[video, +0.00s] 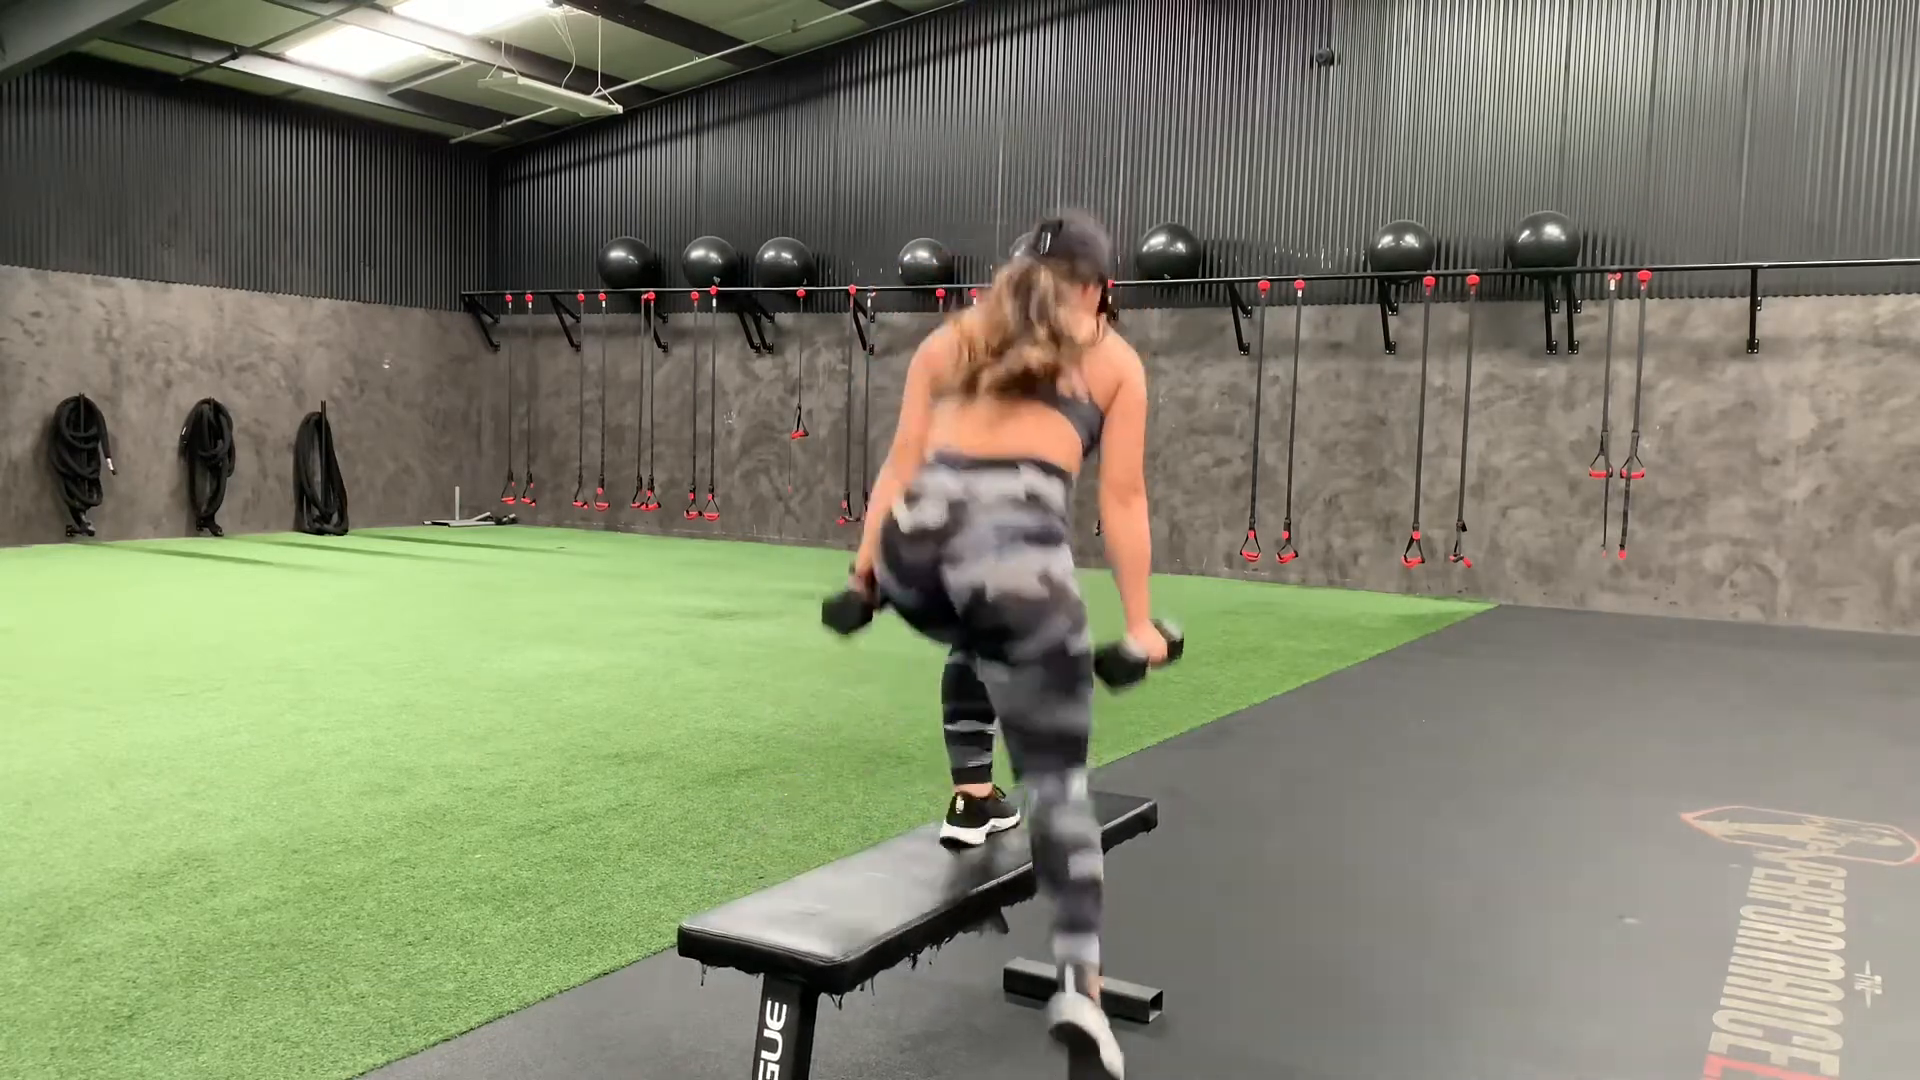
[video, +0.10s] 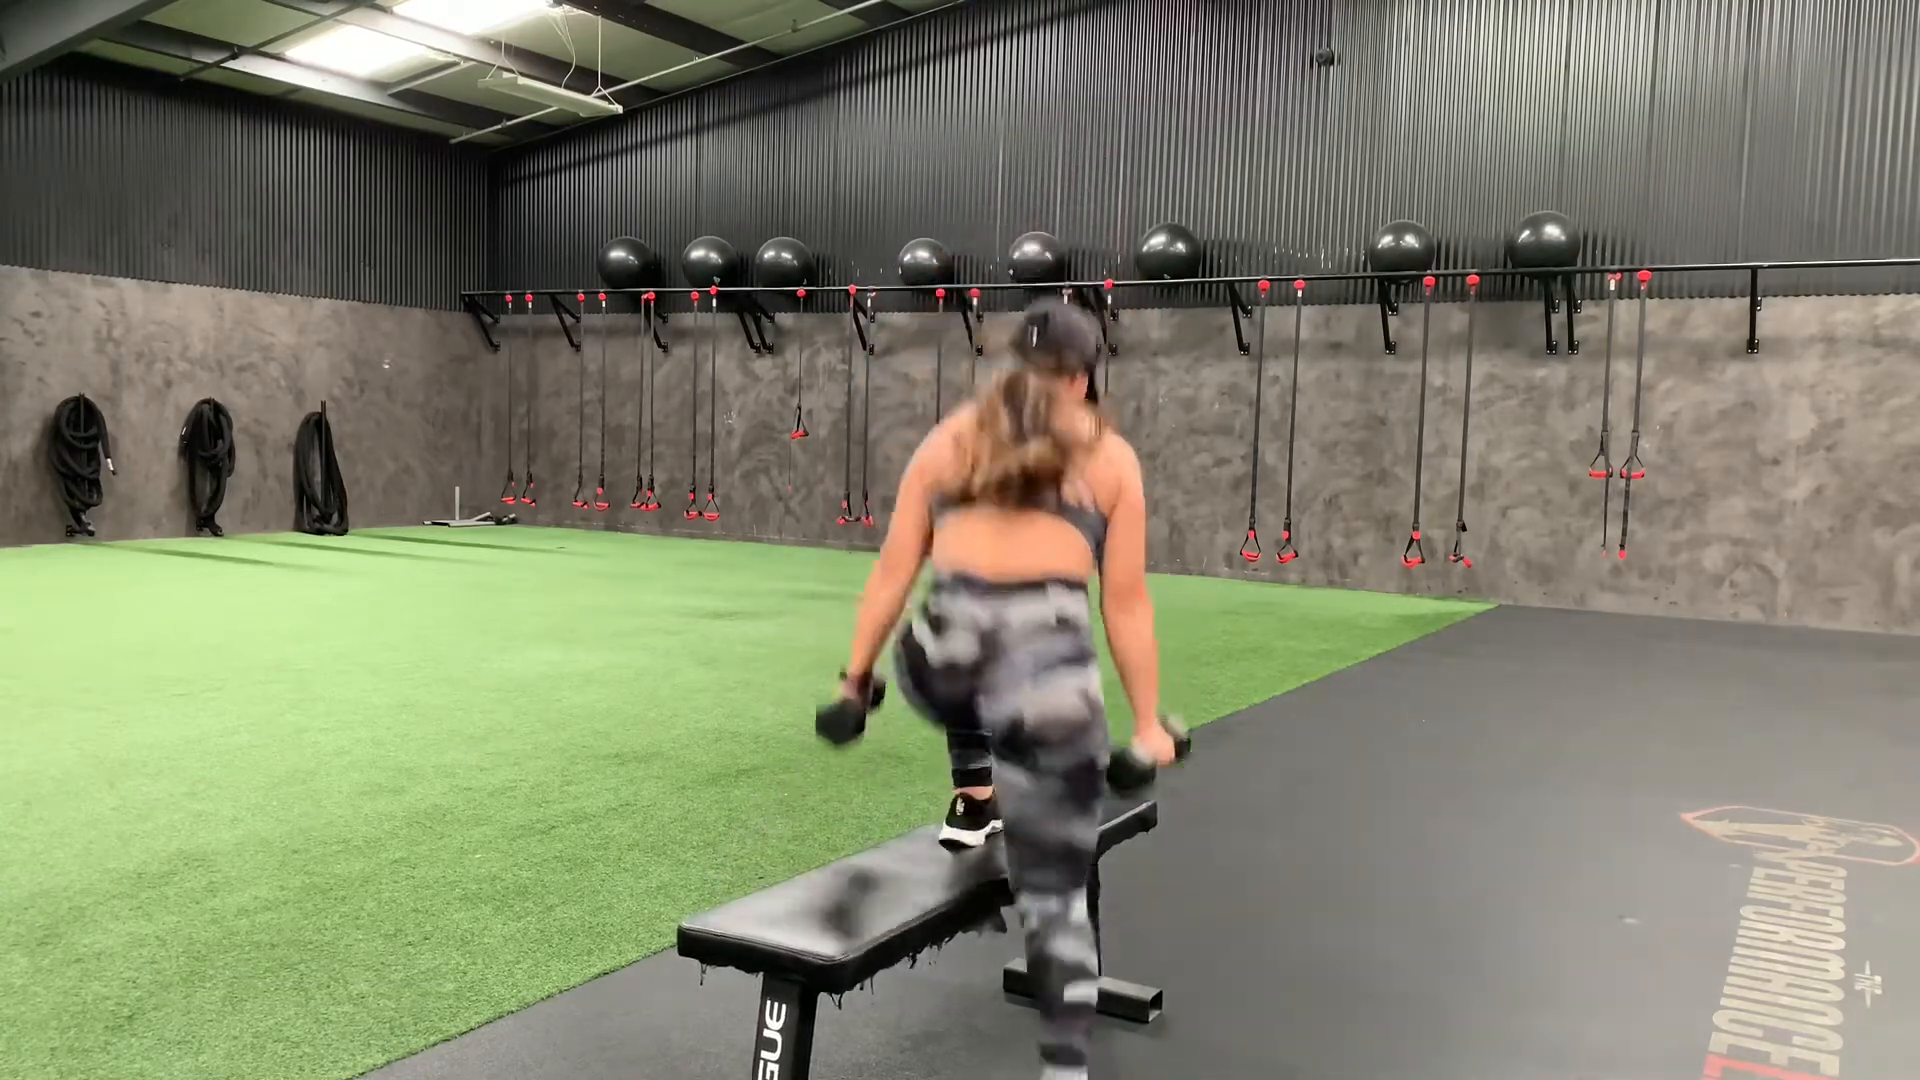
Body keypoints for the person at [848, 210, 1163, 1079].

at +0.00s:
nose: (1109, 304)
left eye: (1105, 292)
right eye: (1109, 292)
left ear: (1015, 278)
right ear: (1094, 289)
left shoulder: (945, 343)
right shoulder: (1113, 361)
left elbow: (903, 463)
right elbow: (1121, 497)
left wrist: (862, 575)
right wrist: (1139, 626)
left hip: (913, 553)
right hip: (1022, 560)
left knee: (975, 636)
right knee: (1056, 783)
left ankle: (971, 795)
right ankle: (1080, 985)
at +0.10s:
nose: (1091, 387)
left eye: (1077, 374)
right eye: (1091, 375)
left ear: (1015, 364)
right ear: (1085, 376)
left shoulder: (950, 437)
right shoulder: (1110, 457)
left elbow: (894, 570)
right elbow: (1127, 602)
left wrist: (857, 676)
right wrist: (1148, 724)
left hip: (943, 656)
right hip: (1047, 666)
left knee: (958, 691)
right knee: (1056, 883)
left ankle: (975, 794)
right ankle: (1066, 1065)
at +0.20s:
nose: (1076, 425)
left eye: (1065, 413)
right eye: (1078, 415)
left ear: (1008, 405)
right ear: (1078, 415)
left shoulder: (946, 481)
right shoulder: (1106, 499)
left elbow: (896, 617)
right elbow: (1132, 641)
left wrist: (862, 720)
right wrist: (1157, 760)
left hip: (941, 710)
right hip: (1049, 718)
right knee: (1057, 926)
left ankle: (980, 798)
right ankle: (1066, 1069)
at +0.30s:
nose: (1073, 361)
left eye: (1070, 350)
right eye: (1076, 349)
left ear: (1000, 331)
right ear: (1070, 344)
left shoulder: (936, 407)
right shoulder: (1094, 422)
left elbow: (906, 541)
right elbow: (1124, 559)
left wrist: (885, 648)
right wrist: (1151, 674)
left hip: (931, 601)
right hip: (1035, 612)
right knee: (1044, 845)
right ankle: (1074, 1056)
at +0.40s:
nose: (1082, 285)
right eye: (1085, 274)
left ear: (1009, 254)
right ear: (1077, 269)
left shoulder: (934, 330)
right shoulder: (1090, 342)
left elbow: (911, 459)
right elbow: (1113, 476)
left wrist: (890, 575)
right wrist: (1141, 595)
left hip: (911, 526)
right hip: (1010, 528)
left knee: (967, 623)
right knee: (1053, 748)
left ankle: (967, 792)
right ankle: (1075, 958)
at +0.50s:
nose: (1084, 234)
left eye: (1082, 222)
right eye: (1085, 222)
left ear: (1012, 203)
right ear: (1076, 218)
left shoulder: (945, 260)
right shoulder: (1087, 283)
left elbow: (909, 385)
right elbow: (1103, 418)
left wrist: (866, 508)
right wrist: (1123, 542)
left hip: (884, 464)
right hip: (985, 466)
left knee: (951, 608)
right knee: (1053, 637)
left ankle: (951, 787)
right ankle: (1039, 802)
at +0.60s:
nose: (1080, 223)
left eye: (1080, 210)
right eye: (1082, 209)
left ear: (1009, 191)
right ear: (1072, 203)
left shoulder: (947, 244)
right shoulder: (1084, 267)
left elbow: (910, 362)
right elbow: (1092, 396)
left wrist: (858, 500)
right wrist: (1109, 525)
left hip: (866, 434)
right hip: (972, 436)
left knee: (934, 587)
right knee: (1046, 583)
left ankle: (886, 762)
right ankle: (998, 754)